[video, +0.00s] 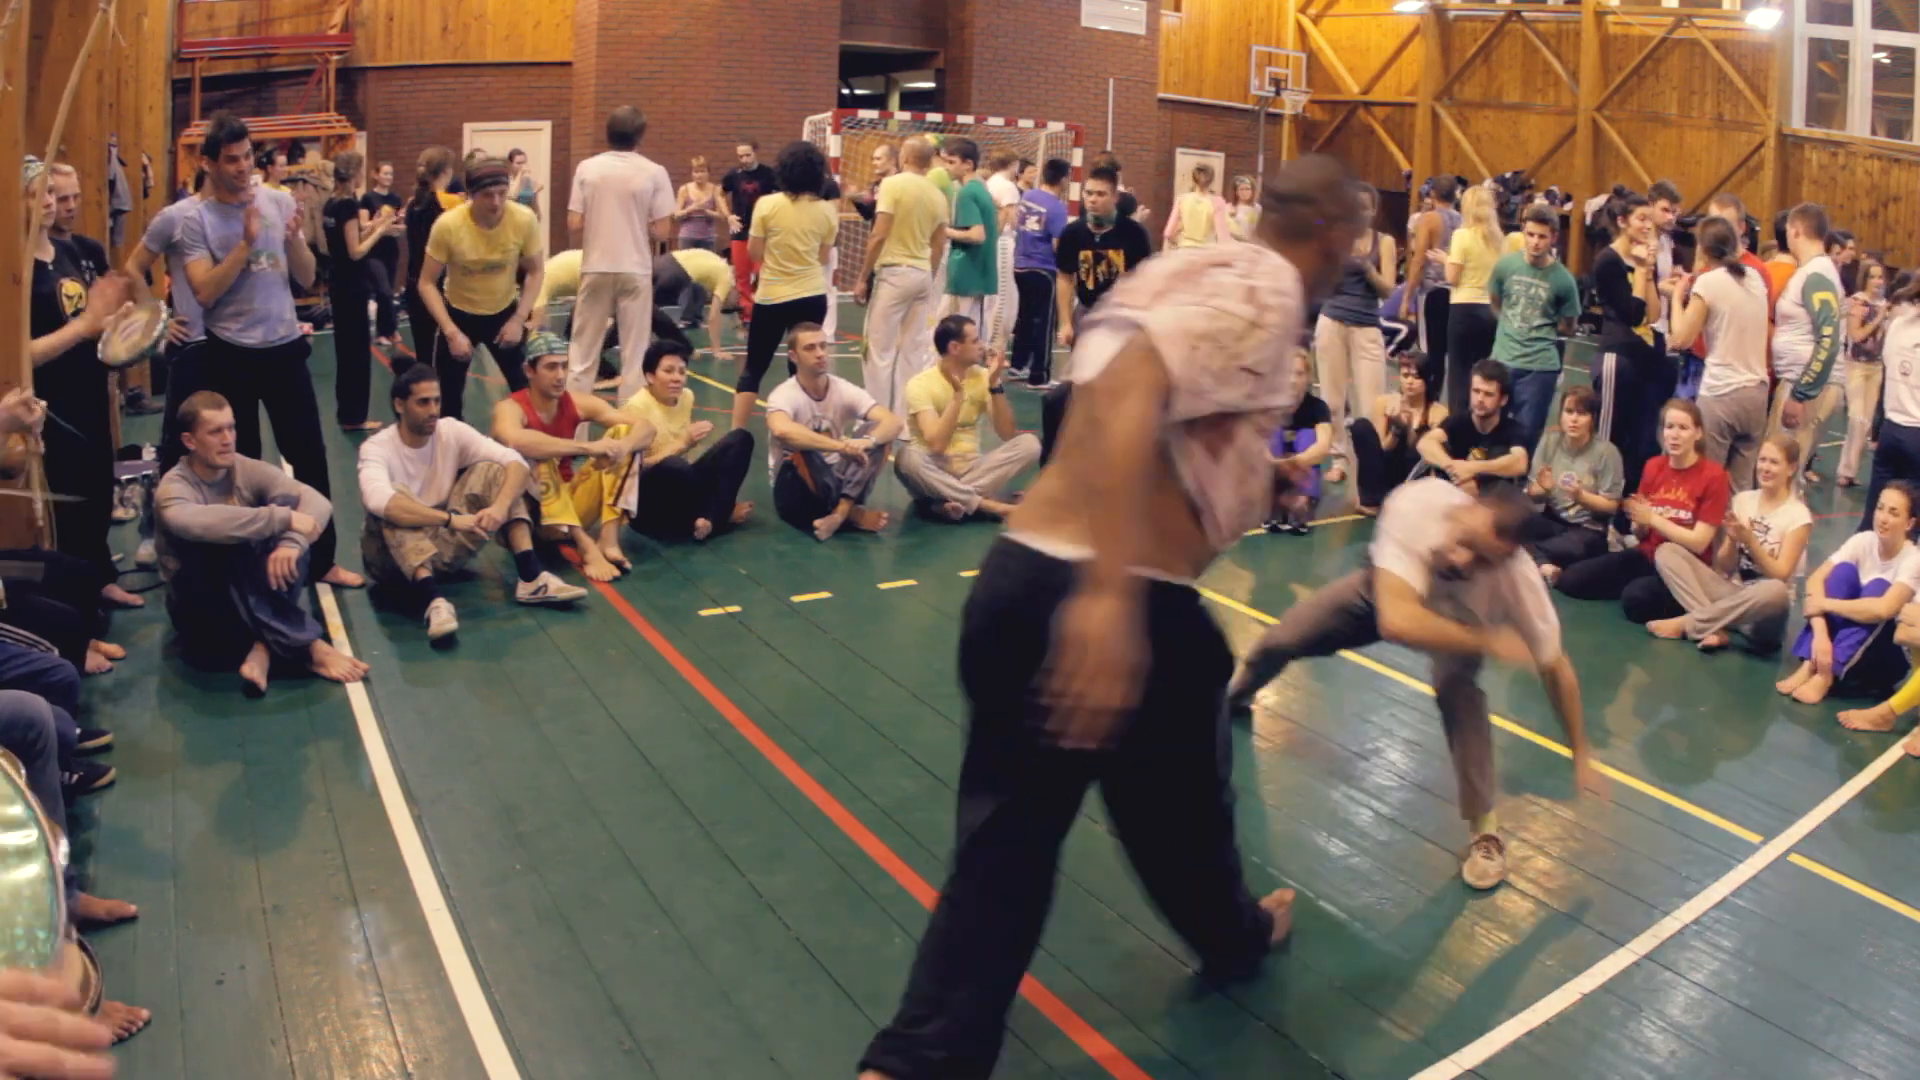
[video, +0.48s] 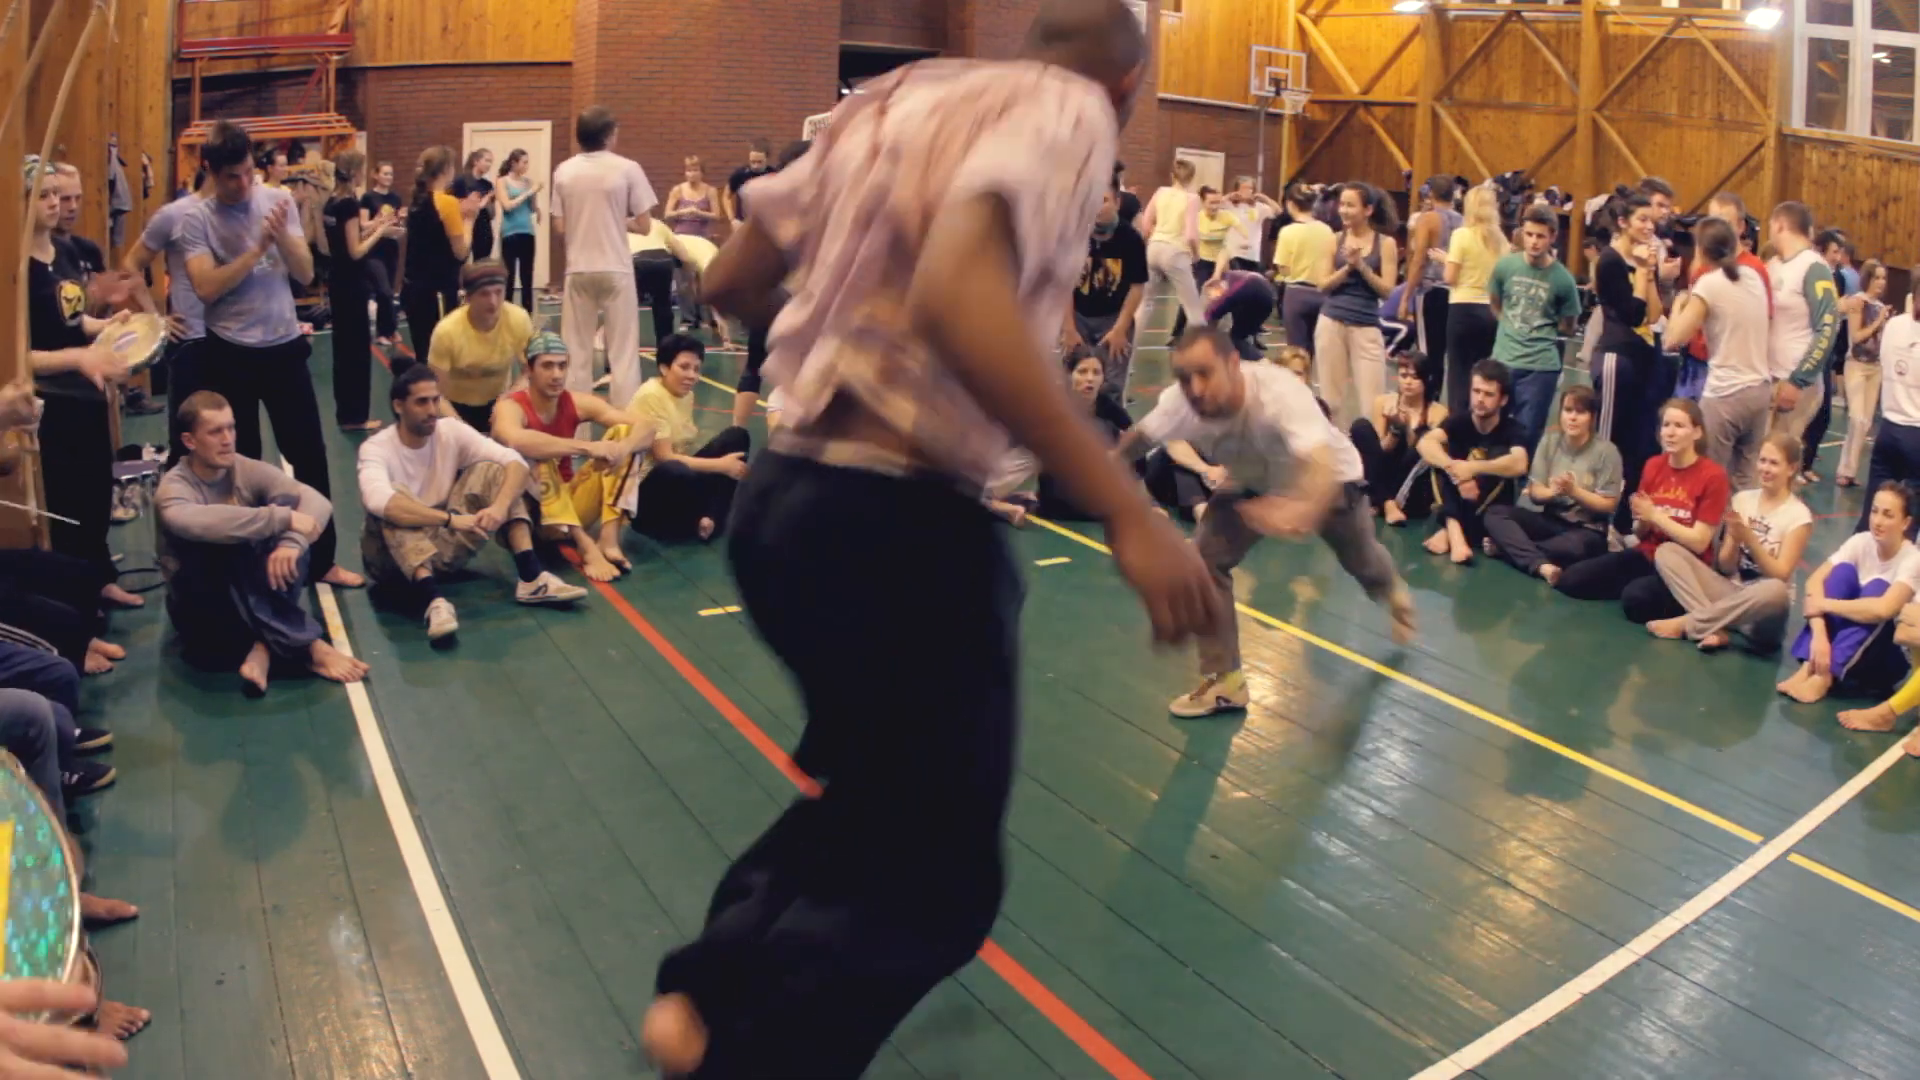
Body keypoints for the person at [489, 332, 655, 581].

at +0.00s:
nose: (560, 375)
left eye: (564, 366)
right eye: (551, 368)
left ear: (569, 367)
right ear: (529, 370)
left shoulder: (580, 403)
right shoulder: (509, 408)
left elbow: (645, 427)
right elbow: (516, 441)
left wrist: (625, 446)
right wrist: (587, 447)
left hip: (572, 506)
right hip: (527, 513)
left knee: (623, 444)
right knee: (542, 465)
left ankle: (609, 538)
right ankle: (587, 546)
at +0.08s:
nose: (560, 375)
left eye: (564, 367)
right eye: (551, 368)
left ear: (569, 367)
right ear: (529, 370)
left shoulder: (580, 403)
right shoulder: (509, 408)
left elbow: (645, 426)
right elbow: (515, 441)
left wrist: (625, 446)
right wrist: (588, 448)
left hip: (571, 506)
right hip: (527, 513)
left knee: (623, 437)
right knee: (542, 465)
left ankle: (609, 539)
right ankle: (587, 546)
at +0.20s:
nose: (560, 375)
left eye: (564, 366)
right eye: (550, 367)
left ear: (569, 367)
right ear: (530, 370)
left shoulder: (581, 403)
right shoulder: (510, 408)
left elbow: (646, 427)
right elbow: (516, 441)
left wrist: (624, 446)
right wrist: (586, 445)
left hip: (572, 508)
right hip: (527, 514)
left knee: (621, 446)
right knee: (541, 464)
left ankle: (609, 538)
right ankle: (587, 546)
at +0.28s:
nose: (559, 375)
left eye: (563, 366)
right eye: (549, 367)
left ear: (569, 367)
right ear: (530, 370)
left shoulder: (581, 403)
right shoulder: (510, 408)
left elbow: (646, 427)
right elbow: (516, 441)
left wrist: (624, 446)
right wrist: (587, 445)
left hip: (572, 507)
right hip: (528, 514)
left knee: (622, 445)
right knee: (541, 464)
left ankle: (609, 538)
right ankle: (587, 546)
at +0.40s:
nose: (557, 375)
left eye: (562, 366)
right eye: (548, 366)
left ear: (568, 367)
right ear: (528, 369)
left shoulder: (579, 402)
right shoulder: (509, 407)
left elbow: (646, 427)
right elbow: (515, 440)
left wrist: (624, 447)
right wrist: (587, 446)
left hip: (571, 507)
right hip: (527, 514)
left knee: (623, 432)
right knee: (540, 464)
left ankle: (609, 537)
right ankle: (587, 546)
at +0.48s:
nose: (557, 374)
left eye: (562, 366)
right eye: (547, 366)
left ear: (568, 367)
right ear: (529, 369)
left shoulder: (579, 402)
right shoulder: (509, 407)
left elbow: (646, 427)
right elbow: (514, 440)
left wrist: (624, 447)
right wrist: (587, 447)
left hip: (572, 507)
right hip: (527, 514)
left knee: (623, 432)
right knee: (541, 464)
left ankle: (609, 538)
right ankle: (587, 546)